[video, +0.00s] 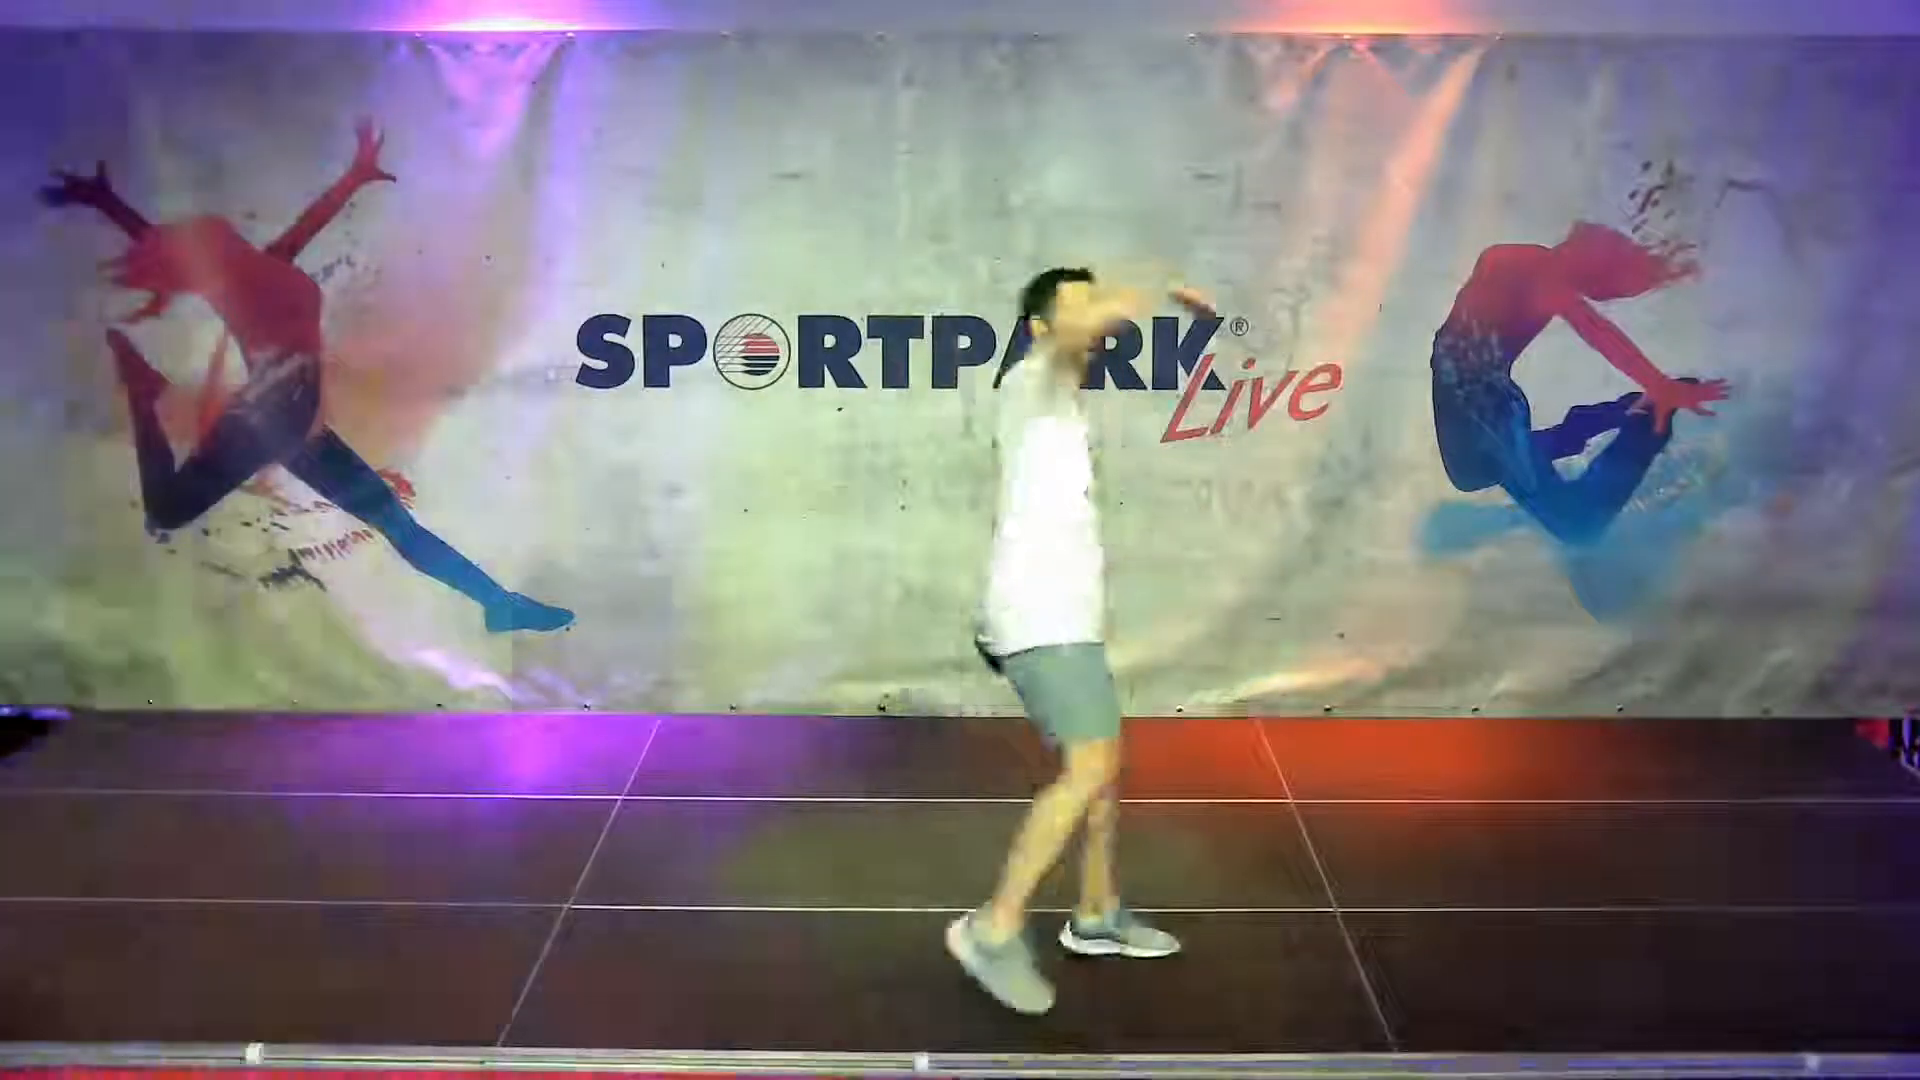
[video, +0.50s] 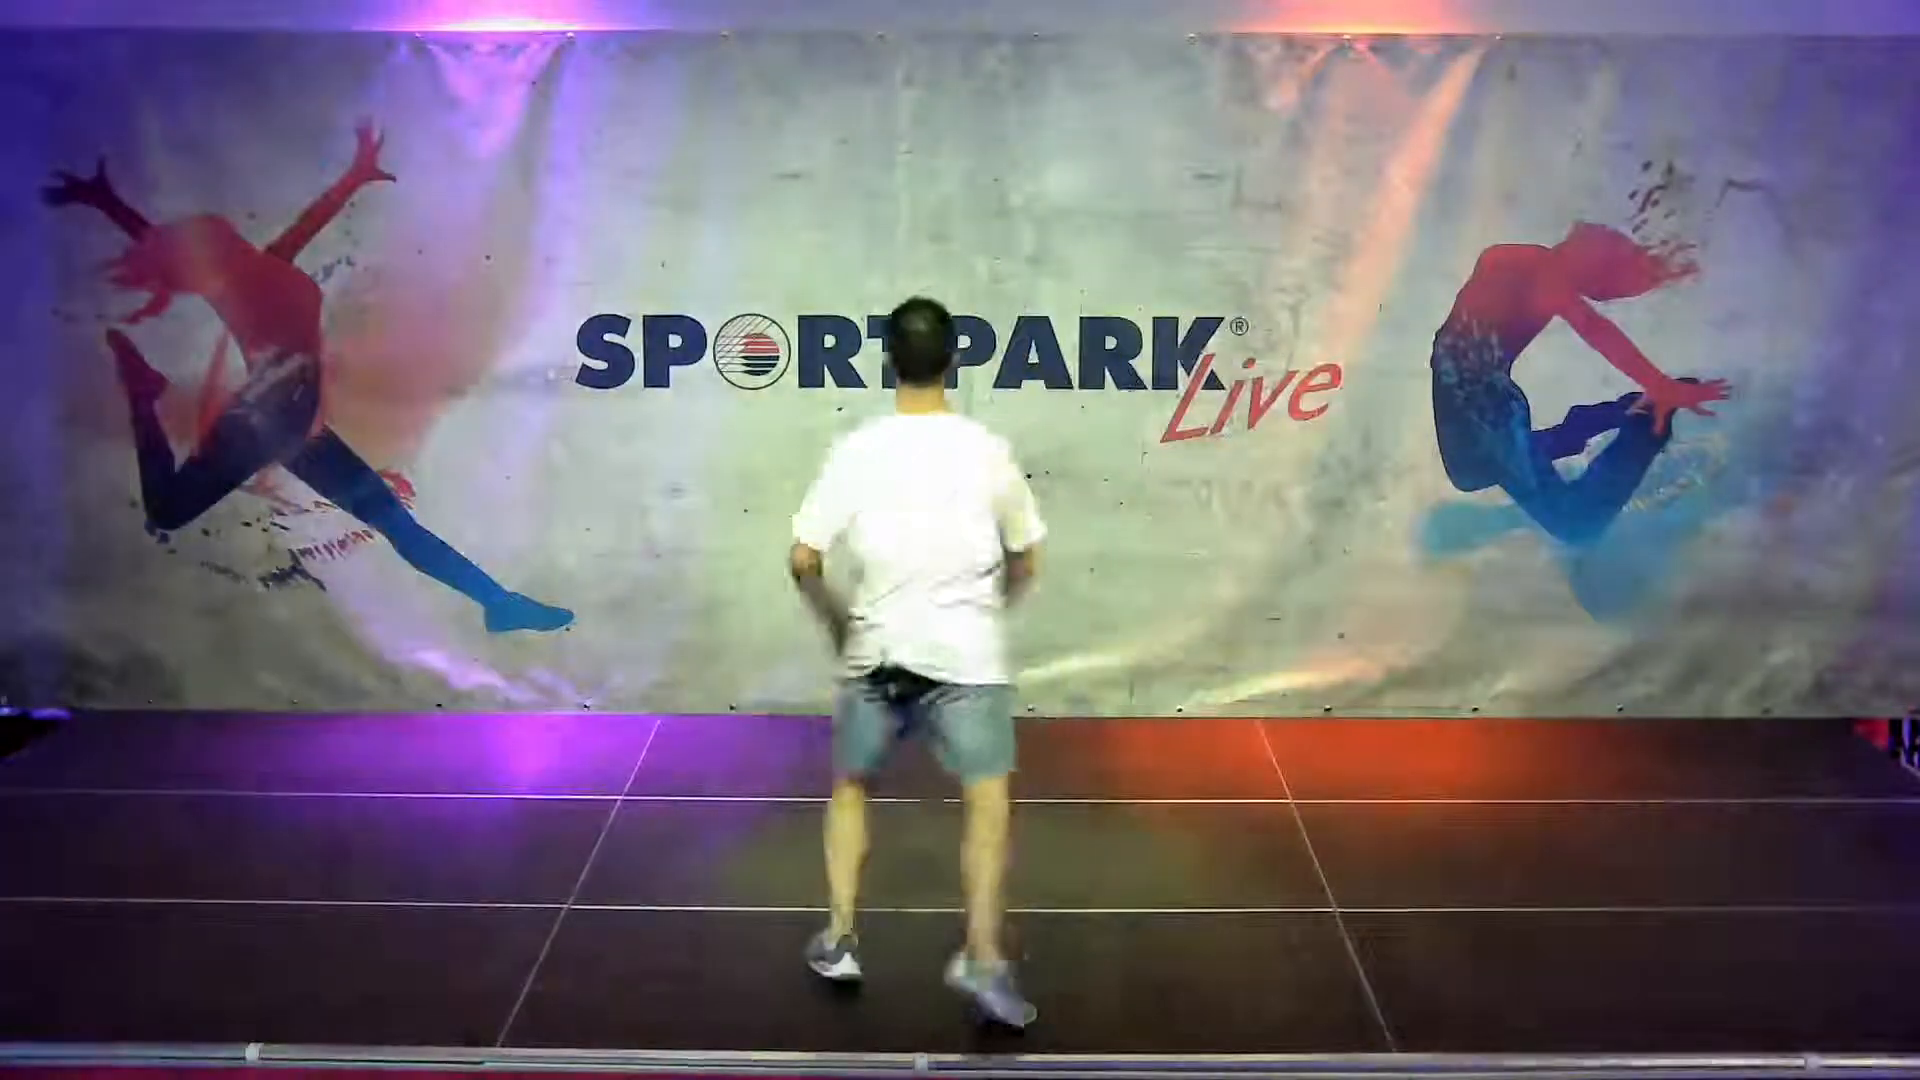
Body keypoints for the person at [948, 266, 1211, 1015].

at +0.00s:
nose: (1101, 321)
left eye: (1101, 307)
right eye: (1086, 307)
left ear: (1065, 326)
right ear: (1042, 323)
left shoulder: (1062, 397)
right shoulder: (1032, 385)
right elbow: (1085, 322)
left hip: (1065, 613)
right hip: (1035, 615)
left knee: (1102, 762)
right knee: (1088, 765)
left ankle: (1097, 913)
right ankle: (993, 928)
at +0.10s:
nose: (1068, 341)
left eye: (1064, 330)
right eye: (1063, 329)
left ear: (1002, 343)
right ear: (1043, 335)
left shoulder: (989, 415)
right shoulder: (1057, 396)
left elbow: (963, 542)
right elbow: (1164, 371)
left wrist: (998, 604)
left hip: (1023, 629)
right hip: (1038, 631)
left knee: (1076, 766)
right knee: (1033, 785)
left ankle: (1096, 912)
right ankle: (963, 958)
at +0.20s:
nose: (1025, 340)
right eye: (1026, 330)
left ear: (961, 347)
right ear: (1023, 338)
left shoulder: (938, 433)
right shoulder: (1062, 412)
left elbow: (888, 541)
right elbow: (1174, 440)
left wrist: (932, 624)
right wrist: (1255, 478)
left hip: (966, 635)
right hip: (1028, 635)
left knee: (1031, 780)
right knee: (1004, 792)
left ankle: (1083, 907)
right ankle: (958, 968)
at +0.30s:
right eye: (991, 326)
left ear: (934, 343)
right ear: (998, 338)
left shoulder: (906, 432)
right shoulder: (1039, 417)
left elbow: (849, 518)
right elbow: (1130, 496)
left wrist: (859, 623)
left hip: (935, 631)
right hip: (1010, 630)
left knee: (975, 772)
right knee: (1002, 788)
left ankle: (989, 916)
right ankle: (968, 964)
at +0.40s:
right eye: (969, 338)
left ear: (909, 349)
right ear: (977, 347)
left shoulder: (880, 439)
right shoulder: (1013, 431)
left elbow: (832, 540)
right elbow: (1062, 537)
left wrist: (836, 645)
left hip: (914, 635)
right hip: (997, 636)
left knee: (905, 755)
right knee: (995, 797)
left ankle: (887, 911)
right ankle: (985, 969)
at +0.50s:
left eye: (897, 355)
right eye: (940, 355)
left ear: (888, 365)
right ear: (953, 364)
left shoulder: (856, 451)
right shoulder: (986, 449)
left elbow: (804, 560)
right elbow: (1024, 560)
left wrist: (841, 621)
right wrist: (982, 607)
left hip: (878, 645)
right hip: (967, 647)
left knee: (850, 786)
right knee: (988, 799)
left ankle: (840, 938)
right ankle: (984, 960)